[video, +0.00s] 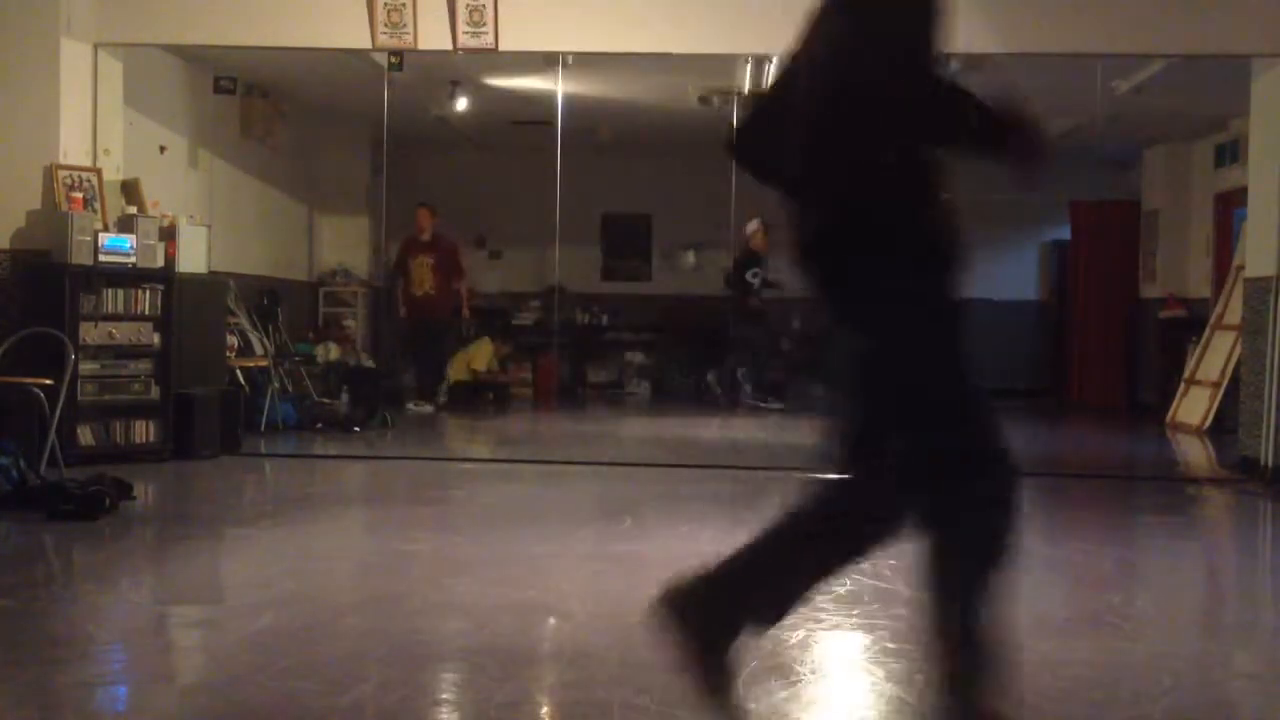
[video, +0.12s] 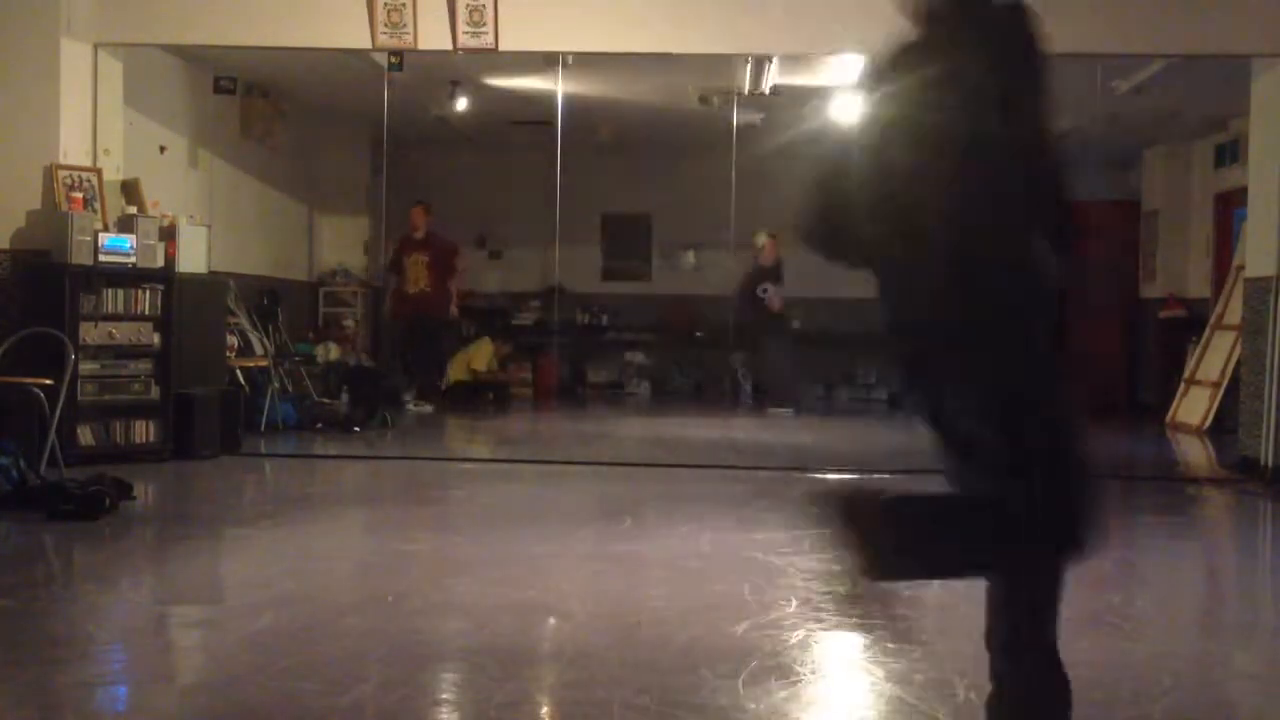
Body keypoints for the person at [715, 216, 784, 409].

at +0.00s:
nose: (763, 241)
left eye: (763, 237)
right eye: (759, 237)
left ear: (761, 237)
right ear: (751, 238)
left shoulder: (755, 257)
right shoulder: (748, 258)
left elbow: (757, 281)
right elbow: (745, 282)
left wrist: (774, 285)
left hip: (749, 307)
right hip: (746, 309)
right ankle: (755, 391)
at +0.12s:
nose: (772, 253)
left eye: (773, 248)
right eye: (767, 248)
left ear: (777, 250)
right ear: (759, 251)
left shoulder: (777, 272)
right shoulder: (752, 276)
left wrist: (779, 303)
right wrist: (767, 305)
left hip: (773, 323)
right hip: (755, 323)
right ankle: (757, 397)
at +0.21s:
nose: (771, 252)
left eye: (775, 247)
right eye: (768, 248)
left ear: (783, 248)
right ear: (763, 250)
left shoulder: (791, 268)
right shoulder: (760, 272)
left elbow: (797, 292)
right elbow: (756, 301)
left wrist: (792, 298)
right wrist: (778, 300)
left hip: (786, 321)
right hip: (765, 321)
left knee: (785, 359)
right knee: (766, 358)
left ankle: (783, 400)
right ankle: (764, 400)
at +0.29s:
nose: (788, 245)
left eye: (791, 240)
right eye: (784, 240)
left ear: (795, 241)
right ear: (778, 242)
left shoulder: (797, 261)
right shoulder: (770, 264)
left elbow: (796, 282)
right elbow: (763, 292)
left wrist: (797, 296)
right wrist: (786, 298)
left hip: (794, 314)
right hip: (775, 316)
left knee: (802, 353)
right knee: (781, 356)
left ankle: (798, 396)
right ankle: (781, 399)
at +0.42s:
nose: (803, 247)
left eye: (806, 243)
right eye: (799, 243)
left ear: (810, 244)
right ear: (793, 243)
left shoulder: (809, 264)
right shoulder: (782, 264)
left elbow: (808, 288)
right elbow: (764, 287)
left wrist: (820, 296)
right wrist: (771, 314)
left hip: (806, 318)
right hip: (786, 318)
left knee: (813, 359)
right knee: (790, 360)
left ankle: (815, 401)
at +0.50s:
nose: (807, 251)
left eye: (810, 247)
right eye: (804, 246)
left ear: (814, 248)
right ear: (797, 247)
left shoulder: (817, 273)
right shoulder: (784, 268)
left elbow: (822, 298)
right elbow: (761, 286)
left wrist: (832, 294)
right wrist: (759, 313)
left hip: (810, 323)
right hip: (788, 322)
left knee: (821, 362)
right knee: (803, 363)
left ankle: (818, 400)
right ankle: (808, 402)